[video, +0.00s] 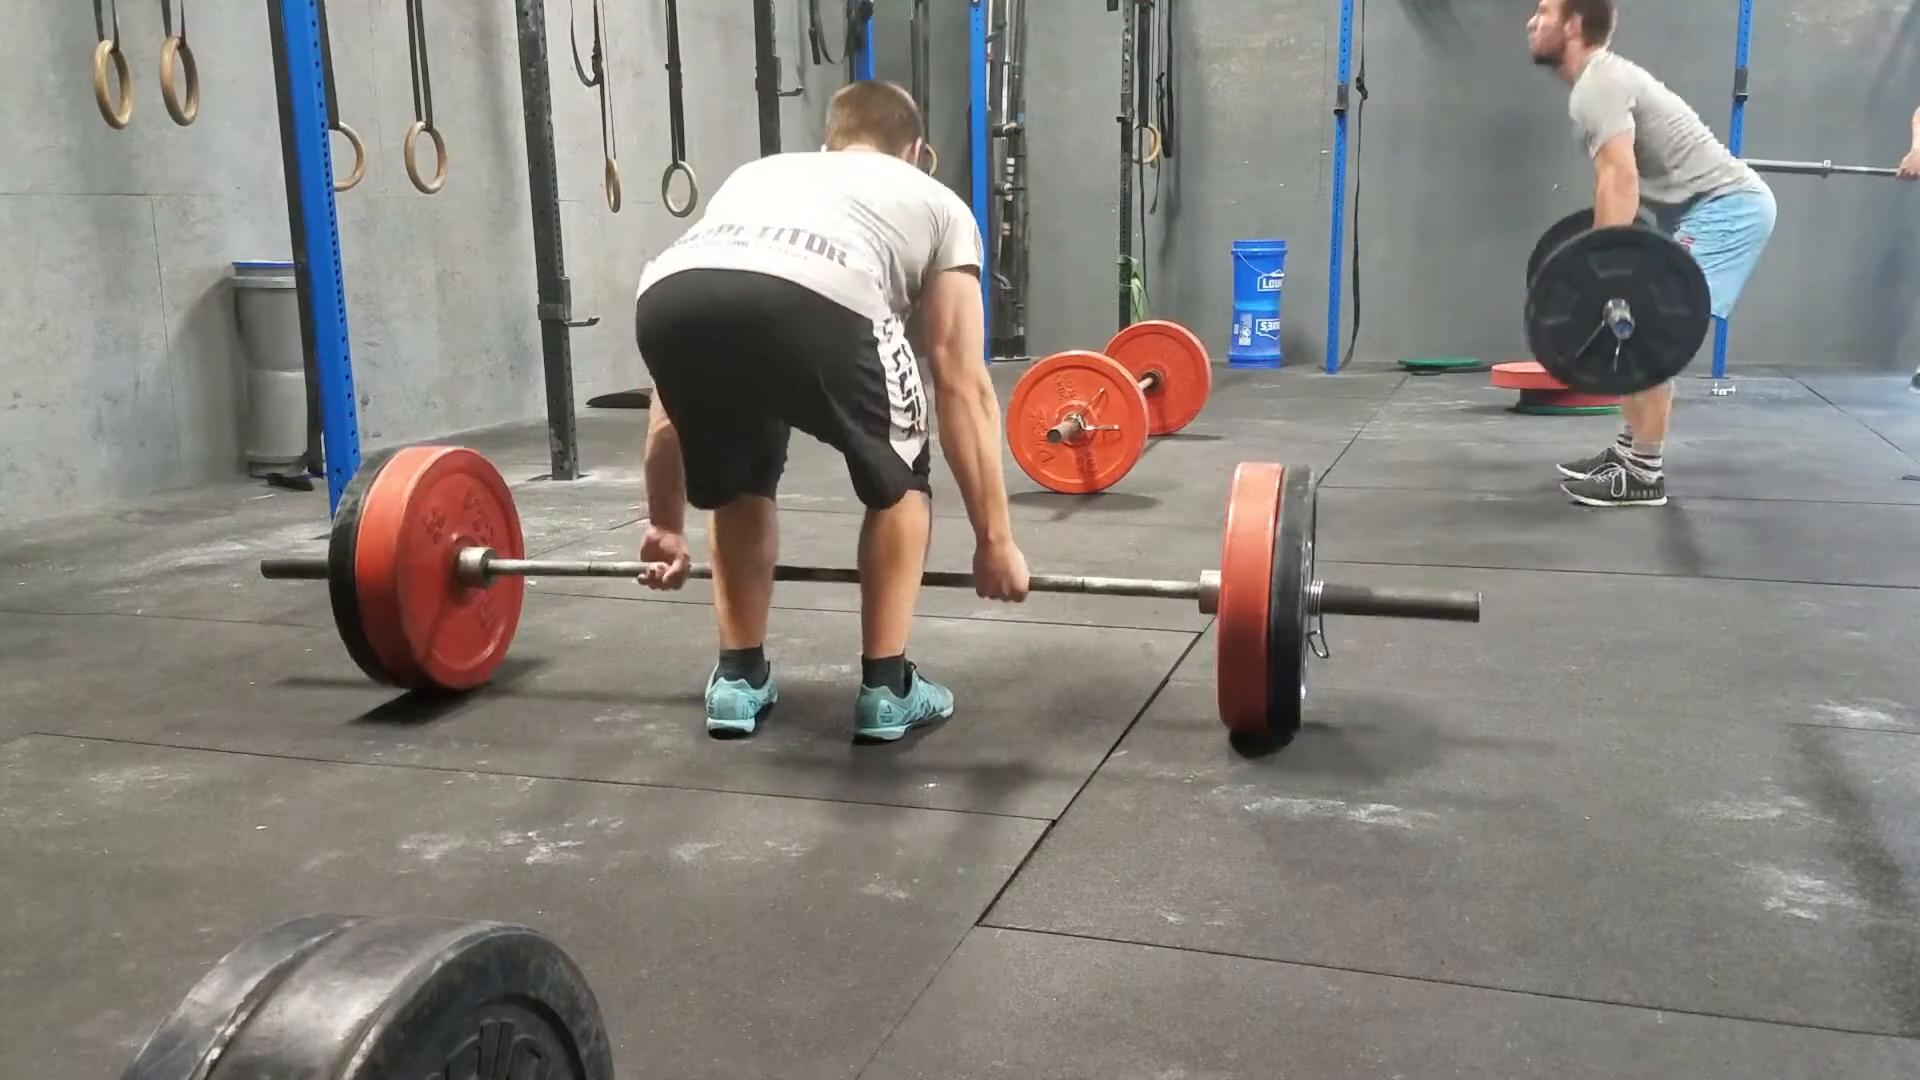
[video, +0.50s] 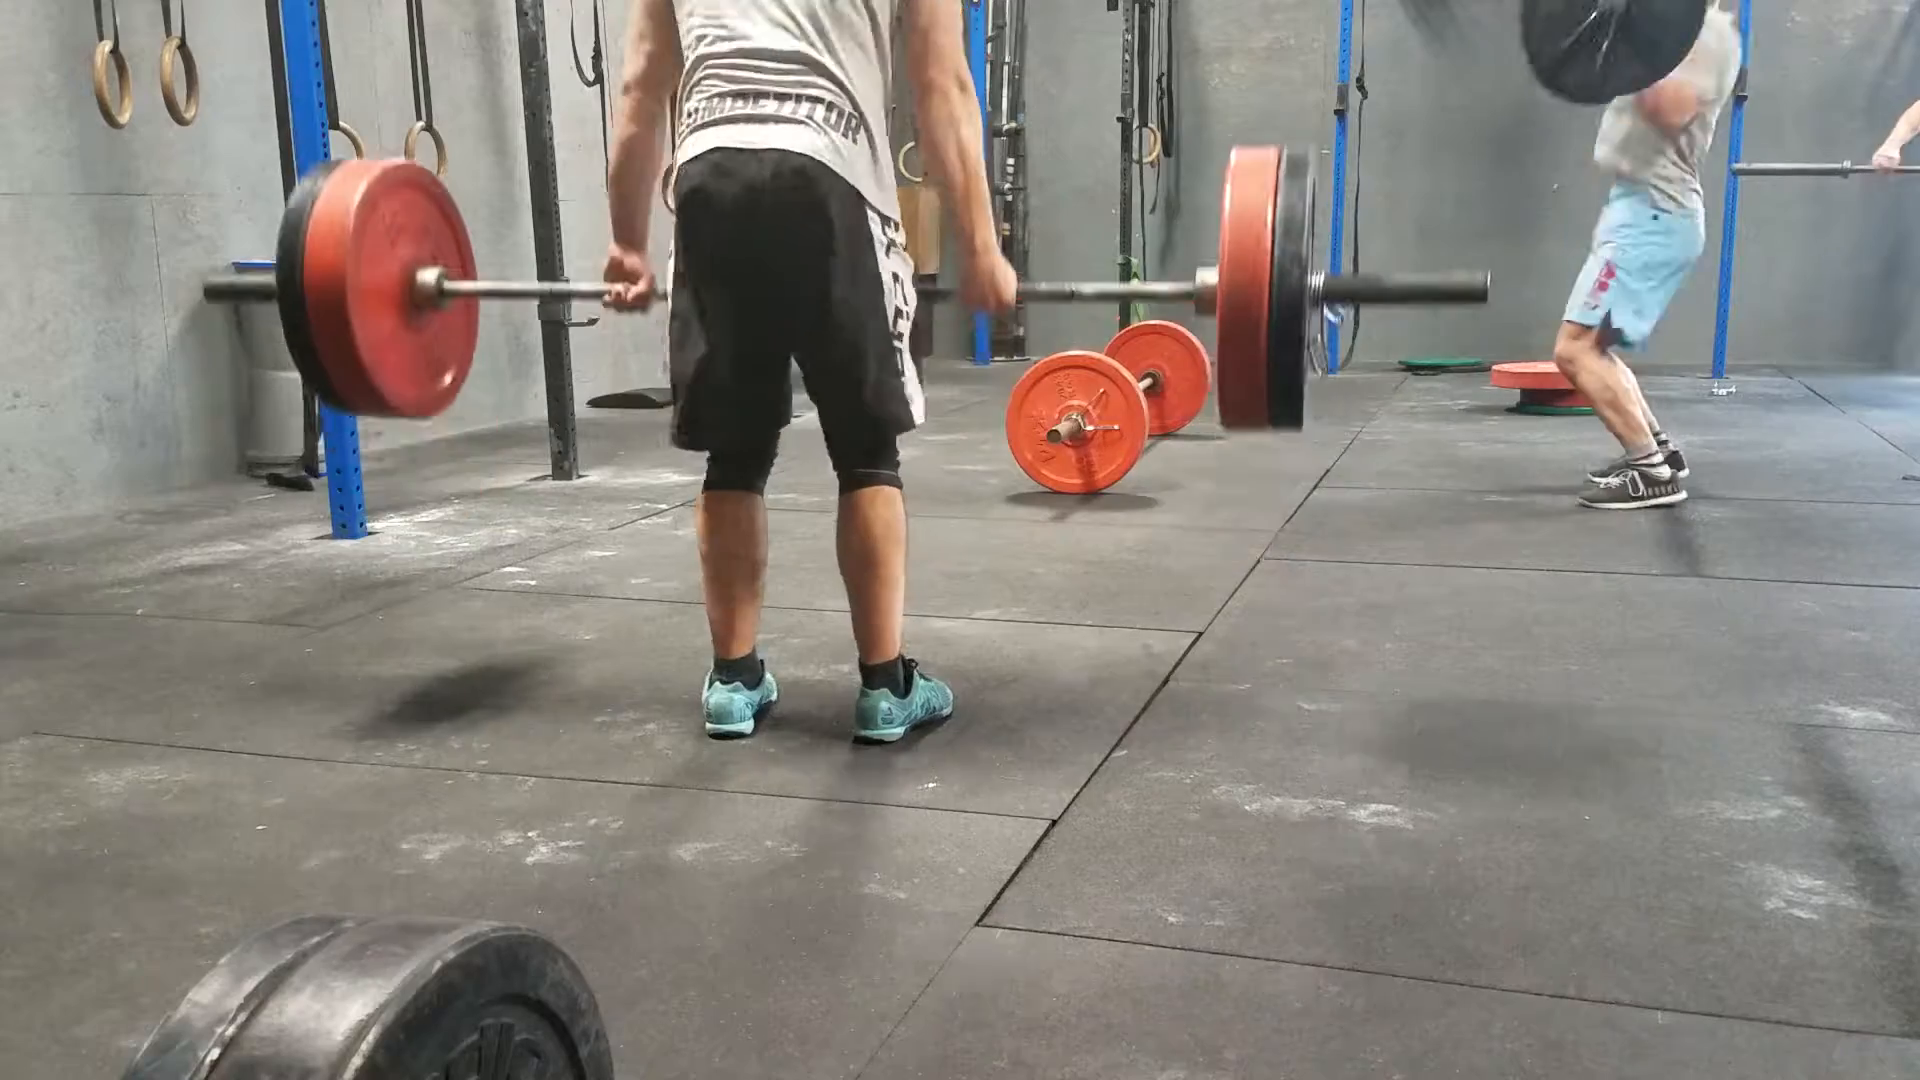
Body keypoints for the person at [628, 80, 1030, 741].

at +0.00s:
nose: (920, 167)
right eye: (922, 159)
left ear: (831, 144)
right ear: (914, 153)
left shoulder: (752, 174)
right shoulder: (938, 204)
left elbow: (670, 408)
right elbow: (960, 385)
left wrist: (663, 524)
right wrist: (995, 538)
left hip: (677, 299)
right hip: (818, 307)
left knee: (739, 480)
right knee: (898, 484)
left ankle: (738, 678)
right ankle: (886, 685)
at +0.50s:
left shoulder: (674, 4)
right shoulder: (909, 3)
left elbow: (642, 85)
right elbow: (942, 82)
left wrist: (626, 240)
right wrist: (981, 243)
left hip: (709, 176)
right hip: (828, 173)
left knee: (734, 446)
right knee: (866, 448)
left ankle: (732, 679)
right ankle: (885, 685)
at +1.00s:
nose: (907, 138)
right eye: (909, 130)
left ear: (818, 112)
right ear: (900, 124)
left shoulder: (738, 145)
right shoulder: (924, 176)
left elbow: (664, 397)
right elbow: (957, 366)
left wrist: (650, 512)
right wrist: (990, 530)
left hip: (680, 259)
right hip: (820, 268)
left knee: (723, 479)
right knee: (896, 472)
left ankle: (734, 682)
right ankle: (885, 686)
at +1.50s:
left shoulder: (694, 4)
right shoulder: (932, 4)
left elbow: (660, 124)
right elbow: (962, 114)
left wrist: (644, 270)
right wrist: (998, 276)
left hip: (725, 177)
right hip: (845, 178)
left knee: (737, 453)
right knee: (880, 453)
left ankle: (732, 681)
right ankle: (886, 686)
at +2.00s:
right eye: (913, 100)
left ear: (819, 81)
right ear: (907, 94)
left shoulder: (743, 117)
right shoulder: (931, 144)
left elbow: (677, 332)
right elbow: (966, 330)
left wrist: (657, 481)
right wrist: (999, 495)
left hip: (700, 236)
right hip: (838, 243)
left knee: (726, 471)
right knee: (902, 466)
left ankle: (733, 681)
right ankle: (885, 686)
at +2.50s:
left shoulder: (701, 6)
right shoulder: (937, 5)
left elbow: (665, 146)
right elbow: (961, 139)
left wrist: (645, 293)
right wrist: (998, 301)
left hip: (715, 178)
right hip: (840, 181)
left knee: (735, 458)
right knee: (884, 454)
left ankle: (732, 681)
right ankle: (885, 686)